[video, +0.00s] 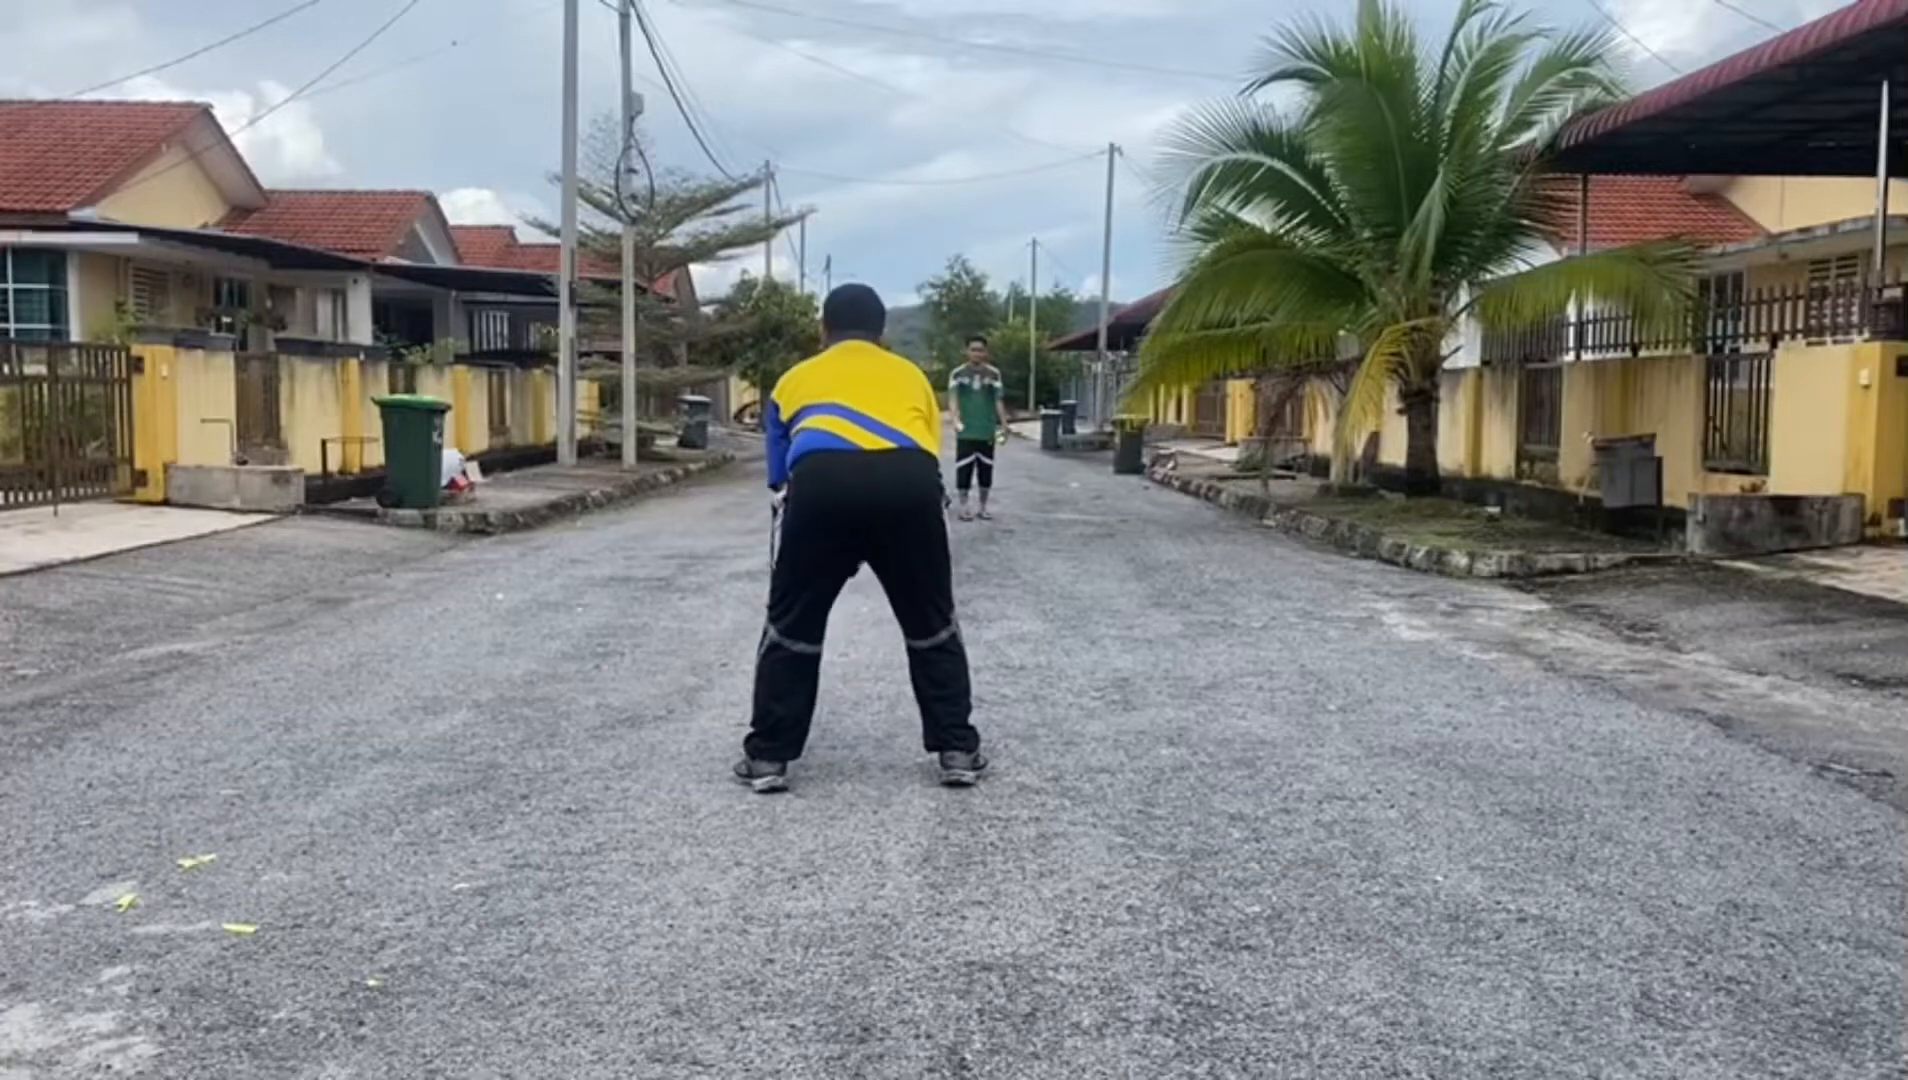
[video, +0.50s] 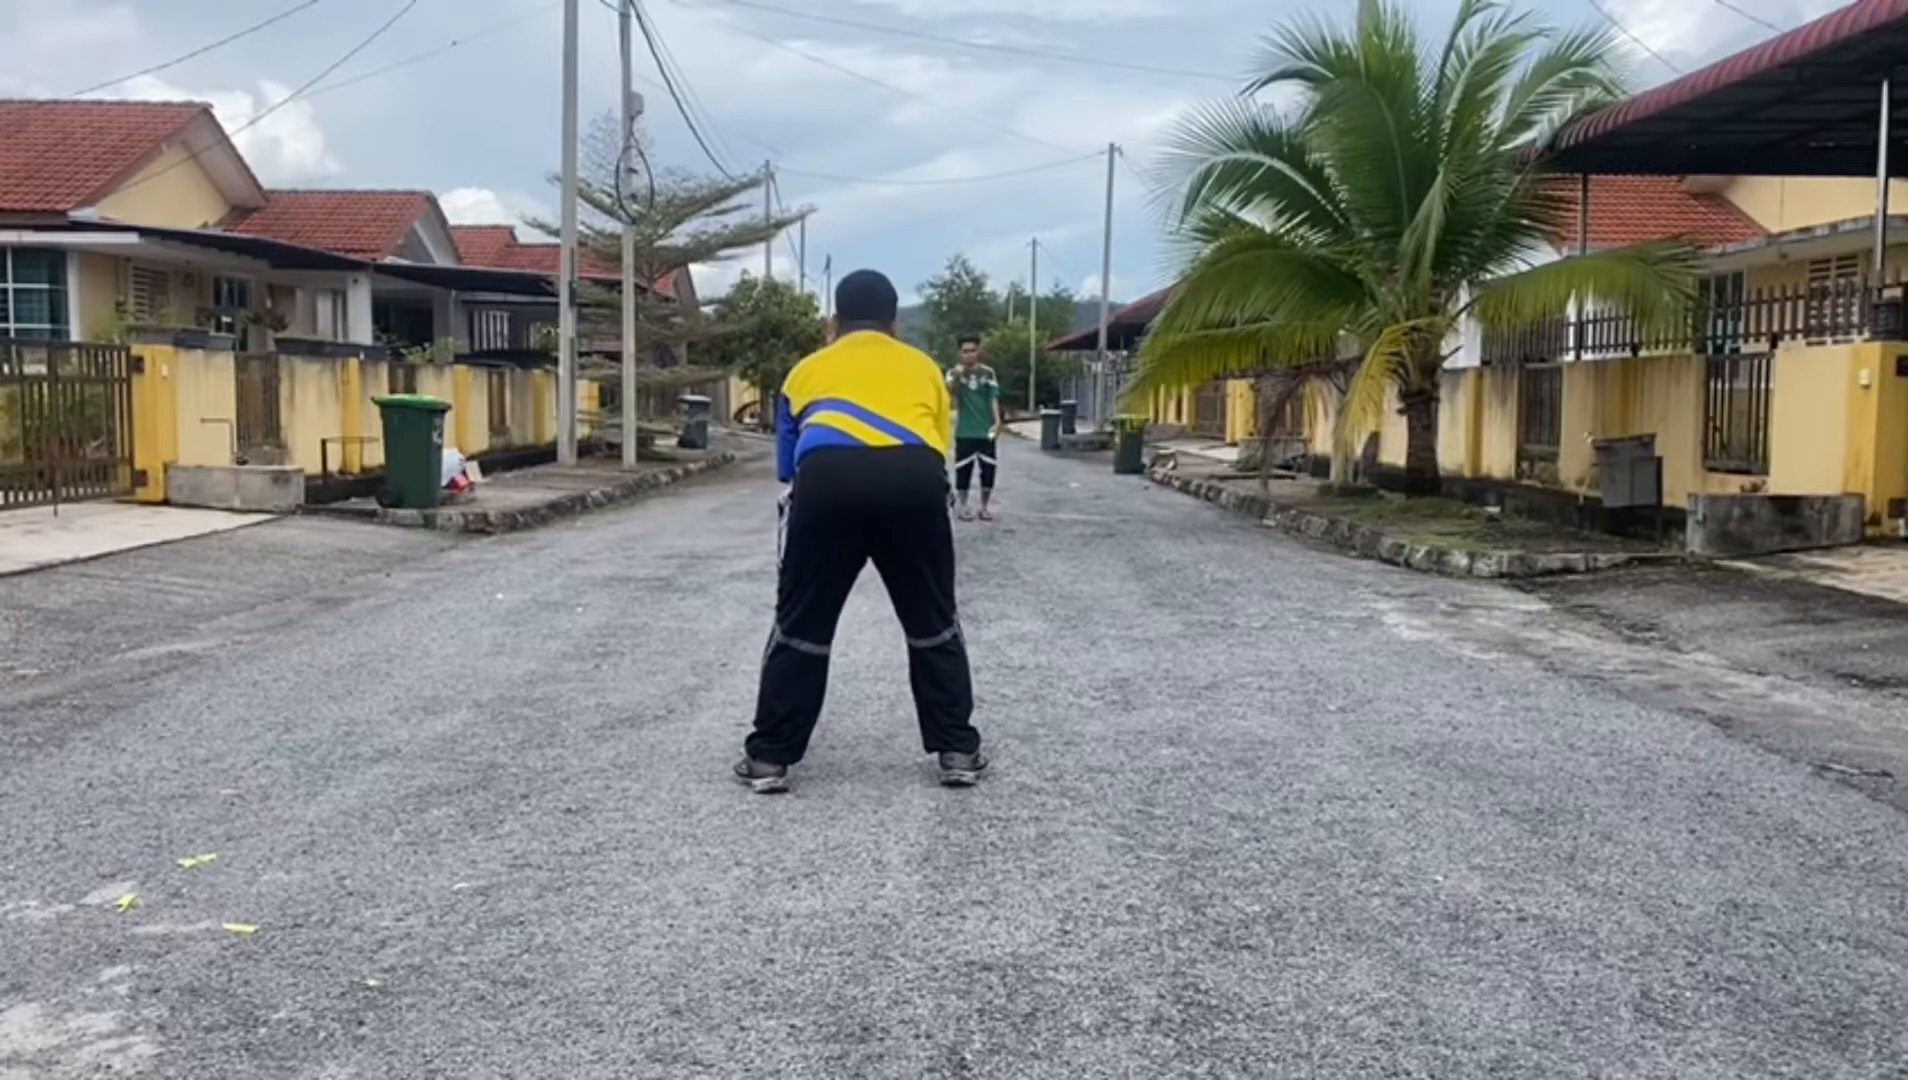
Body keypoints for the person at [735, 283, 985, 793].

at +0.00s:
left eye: (821, 328)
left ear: (825, 330)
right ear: (881, 331)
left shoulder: (794, 379)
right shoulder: (912, 374)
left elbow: (779, 475)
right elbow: (929, 448)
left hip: (823, 484)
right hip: (908, 482)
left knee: (794, 622)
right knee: (930, 621)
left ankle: (768, 756)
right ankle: (956, 749)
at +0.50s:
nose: (829, 328)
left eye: (831, 321)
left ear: (836, 320)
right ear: (893, 320)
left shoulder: (809, 367)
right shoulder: (925, 366)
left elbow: (787, 458)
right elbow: (941, 443)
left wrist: (792, 494)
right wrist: (933, 491)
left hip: (828, 479)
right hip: (914, 479)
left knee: (802, 622)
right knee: (931, 620)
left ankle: (769, 757)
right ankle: (957, 750)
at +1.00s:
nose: (830, 317)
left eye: (832, 310)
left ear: (835, 311)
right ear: (893, 310)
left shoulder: (806, 363)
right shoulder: (924, 359)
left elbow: (787, 459)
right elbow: (939, 441)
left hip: (829, 484)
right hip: (915, 483)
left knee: (802, 623)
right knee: (933, 620)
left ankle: (769, 756)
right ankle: (957, 750)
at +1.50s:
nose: (895, 315)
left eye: (830, 309)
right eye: (892, 307)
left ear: (830, 310)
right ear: (889, 309)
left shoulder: (800, 363)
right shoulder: (921, 359)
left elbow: (784, 460)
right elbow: (935, 437)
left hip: (830, 487)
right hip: (915, 485)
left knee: (802, 625)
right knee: (932, 621)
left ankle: (769, 758)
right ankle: (957, 751)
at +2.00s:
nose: (883, 308)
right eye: (882, 300)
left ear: (819, 302)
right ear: (877, 303)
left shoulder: (783, 360)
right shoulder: (906, 355)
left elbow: (775, 447)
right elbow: (918, 437)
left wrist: (800, 491)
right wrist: (891, 484)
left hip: (802, 499)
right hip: (890, 500)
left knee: (774, 620)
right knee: (920, 624)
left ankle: (749, 742)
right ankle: (954, 743)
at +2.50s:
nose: (789, 289)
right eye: (787, 280)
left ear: (718, 279)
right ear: (779, 283)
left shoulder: (679, 336)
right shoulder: (803, 348)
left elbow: (661, 407)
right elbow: (804, 449)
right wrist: (762, 482)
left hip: (647, 494)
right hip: (729, 499)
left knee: (691, 630)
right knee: (728, 651)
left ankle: (712, 749)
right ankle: (665, 802)